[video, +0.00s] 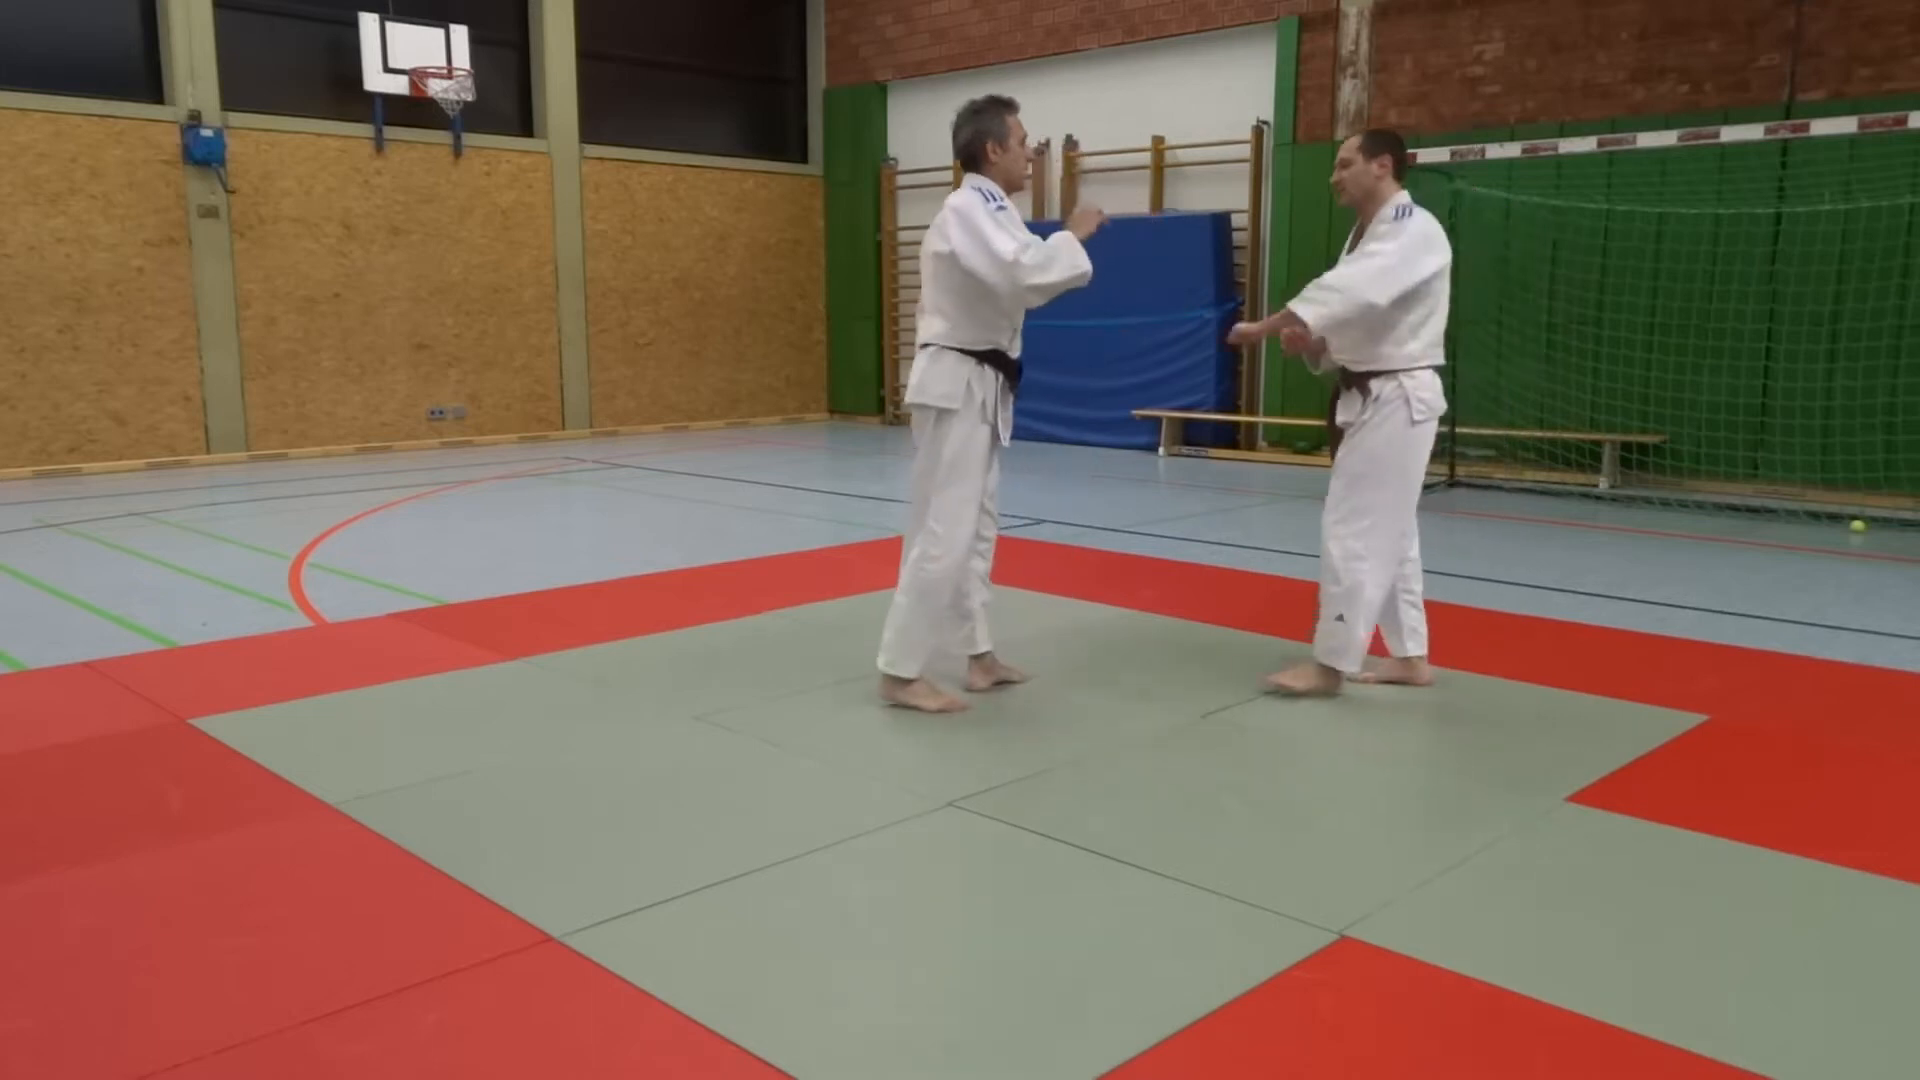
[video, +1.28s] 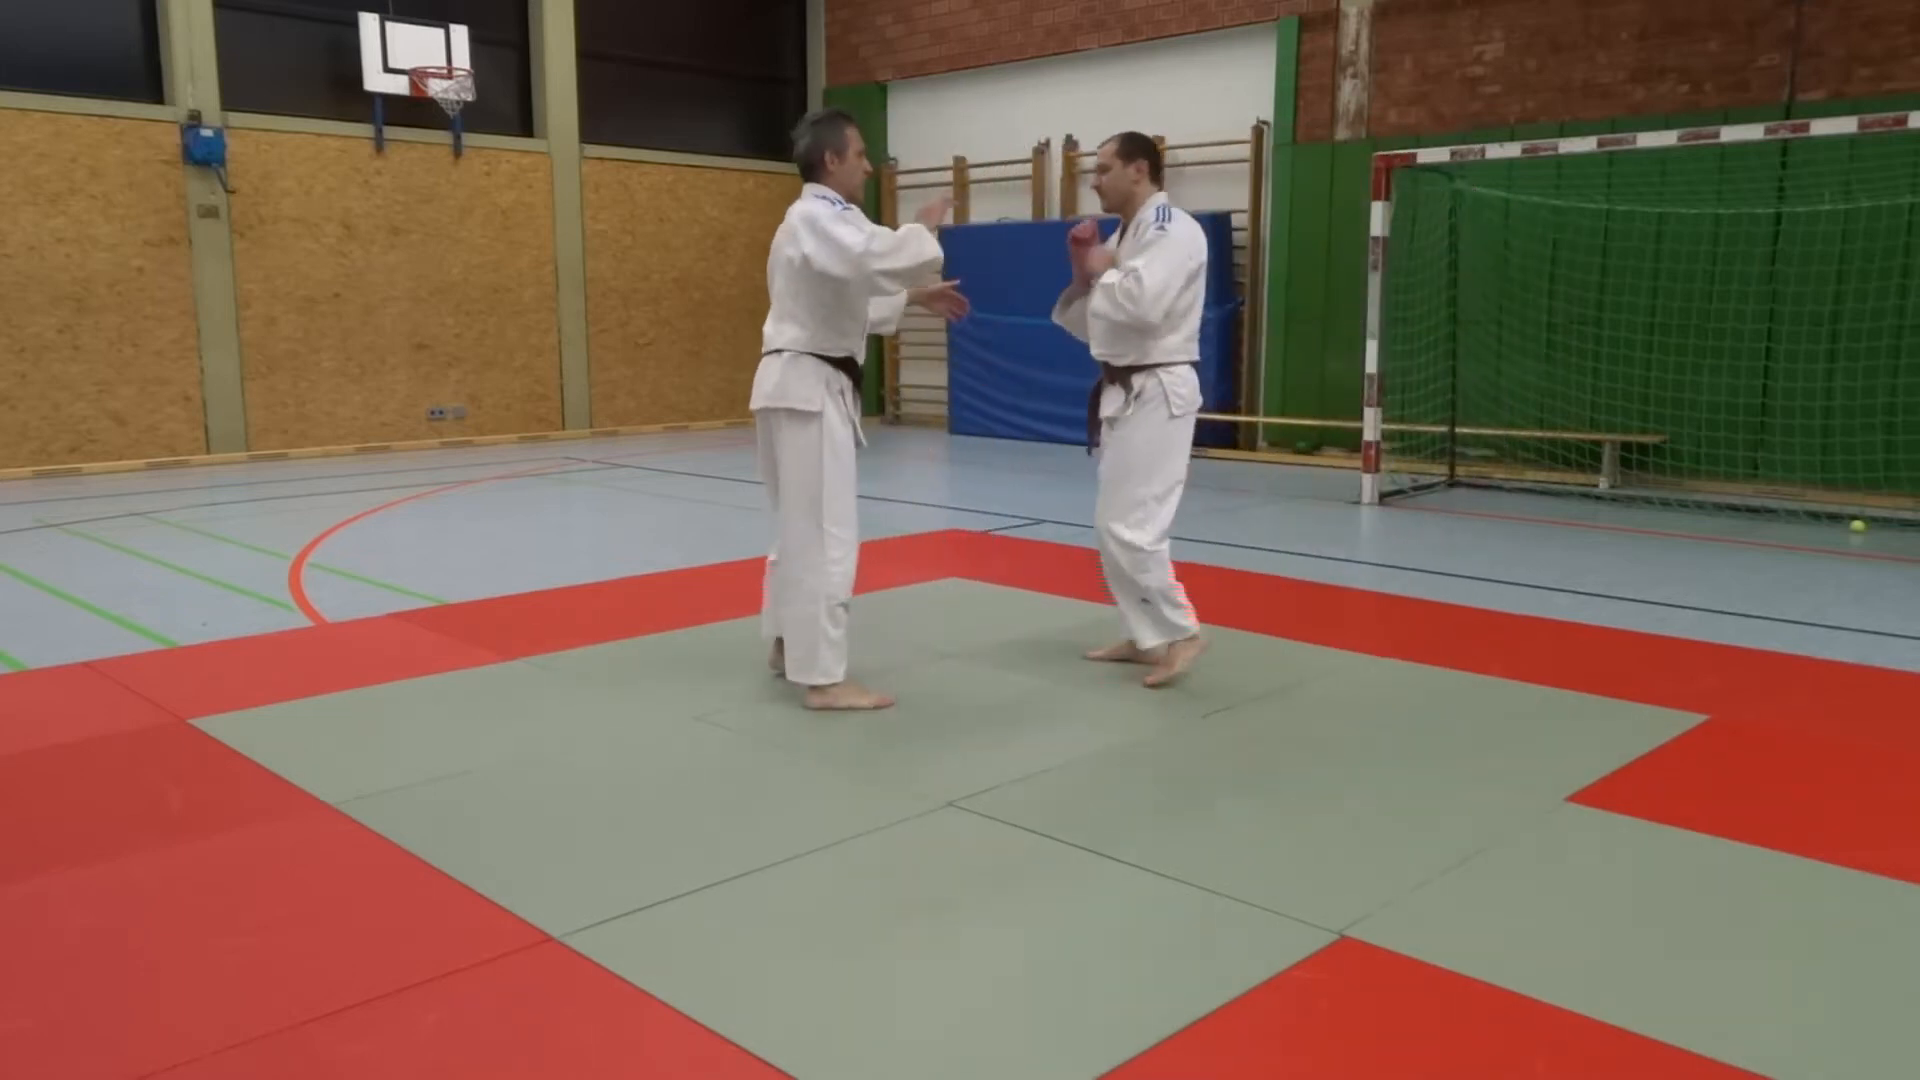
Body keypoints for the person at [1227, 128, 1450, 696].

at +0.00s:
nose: (1335, 177)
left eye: (1345, 165)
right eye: (1336, 167)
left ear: (1383, 168)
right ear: (1375, 171)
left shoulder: (1416, 229)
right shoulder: (1367, 238)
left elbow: (1361, 289)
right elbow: (1356, 337)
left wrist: (1269, 324)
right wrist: (1314, 346)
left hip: (1399, 399)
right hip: (1372, 397)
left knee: (1351, 525)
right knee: (1392, 528)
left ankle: (1330, 666)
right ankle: (1409, 656)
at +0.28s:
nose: (1290, 174)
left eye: (1301, 165)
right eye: (1291, 165)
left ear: (1337, 172)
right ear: (1333, 174)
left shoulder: (1348, 236)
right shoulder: (1331, 232)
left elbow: (1308, 320)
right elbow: (1299, 311)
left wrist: (1232, 330)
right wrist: (1244, 329)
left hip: (1332, 400)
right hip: (1333, 396)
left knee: (1298, 531)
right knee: (1353, 532)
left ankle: (1271, 661)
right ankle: (1401, 650)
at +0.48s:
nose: (1251, 172)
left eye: (1260, 162)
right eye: (1252, 162)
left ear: (1296, 170)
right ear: (1293, 170)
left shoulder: (1300, 234)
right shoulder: (1299, 227)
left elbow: (1277, 325)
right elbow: (1283, 320)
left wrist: (1217, 314)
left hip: (1286, 397)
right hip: (1292, 394)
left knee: (1267, 529)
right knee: (1278, 523)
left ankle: (1272, 664)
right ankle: (1345, 619)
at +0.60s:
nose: (1230, 171)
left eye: (1240, 162)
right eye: (1232, 161)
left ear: (1275, 169)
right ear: (1268, 170)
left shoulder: (1284, 233)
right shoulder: (1265, 228)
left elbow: (1252, 323)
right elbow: (1246, 310)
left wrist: (1197, 301)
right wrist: (1202, 300)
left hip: (1269, 395)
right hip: (1244, 392)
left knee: (1259, 529)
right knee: (1222, 526)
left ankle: (1269, 663)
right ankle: (1273, 635)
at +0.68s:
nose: (1217, 172)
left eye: (1227, 162)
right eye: (1218, 162)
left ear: (1262, 168)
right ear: (1254, 170)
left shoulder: (1273, 232)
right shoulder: (1248, 229)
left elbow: (1236, 320)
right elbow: (1228, 312)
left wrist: (1190, 285)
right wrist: (1189, 294)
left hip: (1257, 394)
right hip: (1226, 391)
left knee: (1256, 531)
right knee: (1201, 520)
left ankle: (1264, 664)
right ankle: (1218, 639)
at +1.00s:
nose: (1153, 175)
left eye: (1162, 165)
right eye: (1153, 166)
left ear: (1197, 169)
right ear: (1185, 171)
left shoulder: (1226, 233)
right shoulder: (1176, 237)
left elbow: (1196, 313)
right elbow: (1168, 322)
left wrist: (1149, 277)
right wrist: (1130, 302)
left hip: (1202, 393)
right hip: (1157, 392)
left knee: (1211, 528)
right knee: (1145, 520)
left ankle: (1256, 658)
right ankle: (1142, 639)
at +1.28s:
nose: (1096, 182)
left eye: (1104, 171)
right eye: (1095, 172)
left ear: (1139, 172)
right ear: (1130, 174)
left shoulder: (1177, 231)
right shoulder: (1126, 239)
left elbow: (1141, 304)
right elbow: (1091, 324)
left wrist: (1101, 271)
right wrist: (1082, 272)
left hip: (1160, 392)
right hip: (1122, 392)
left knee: (1125, 521)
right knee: (1116, 520)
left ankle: (1182, 632)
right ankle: (1143, 635)